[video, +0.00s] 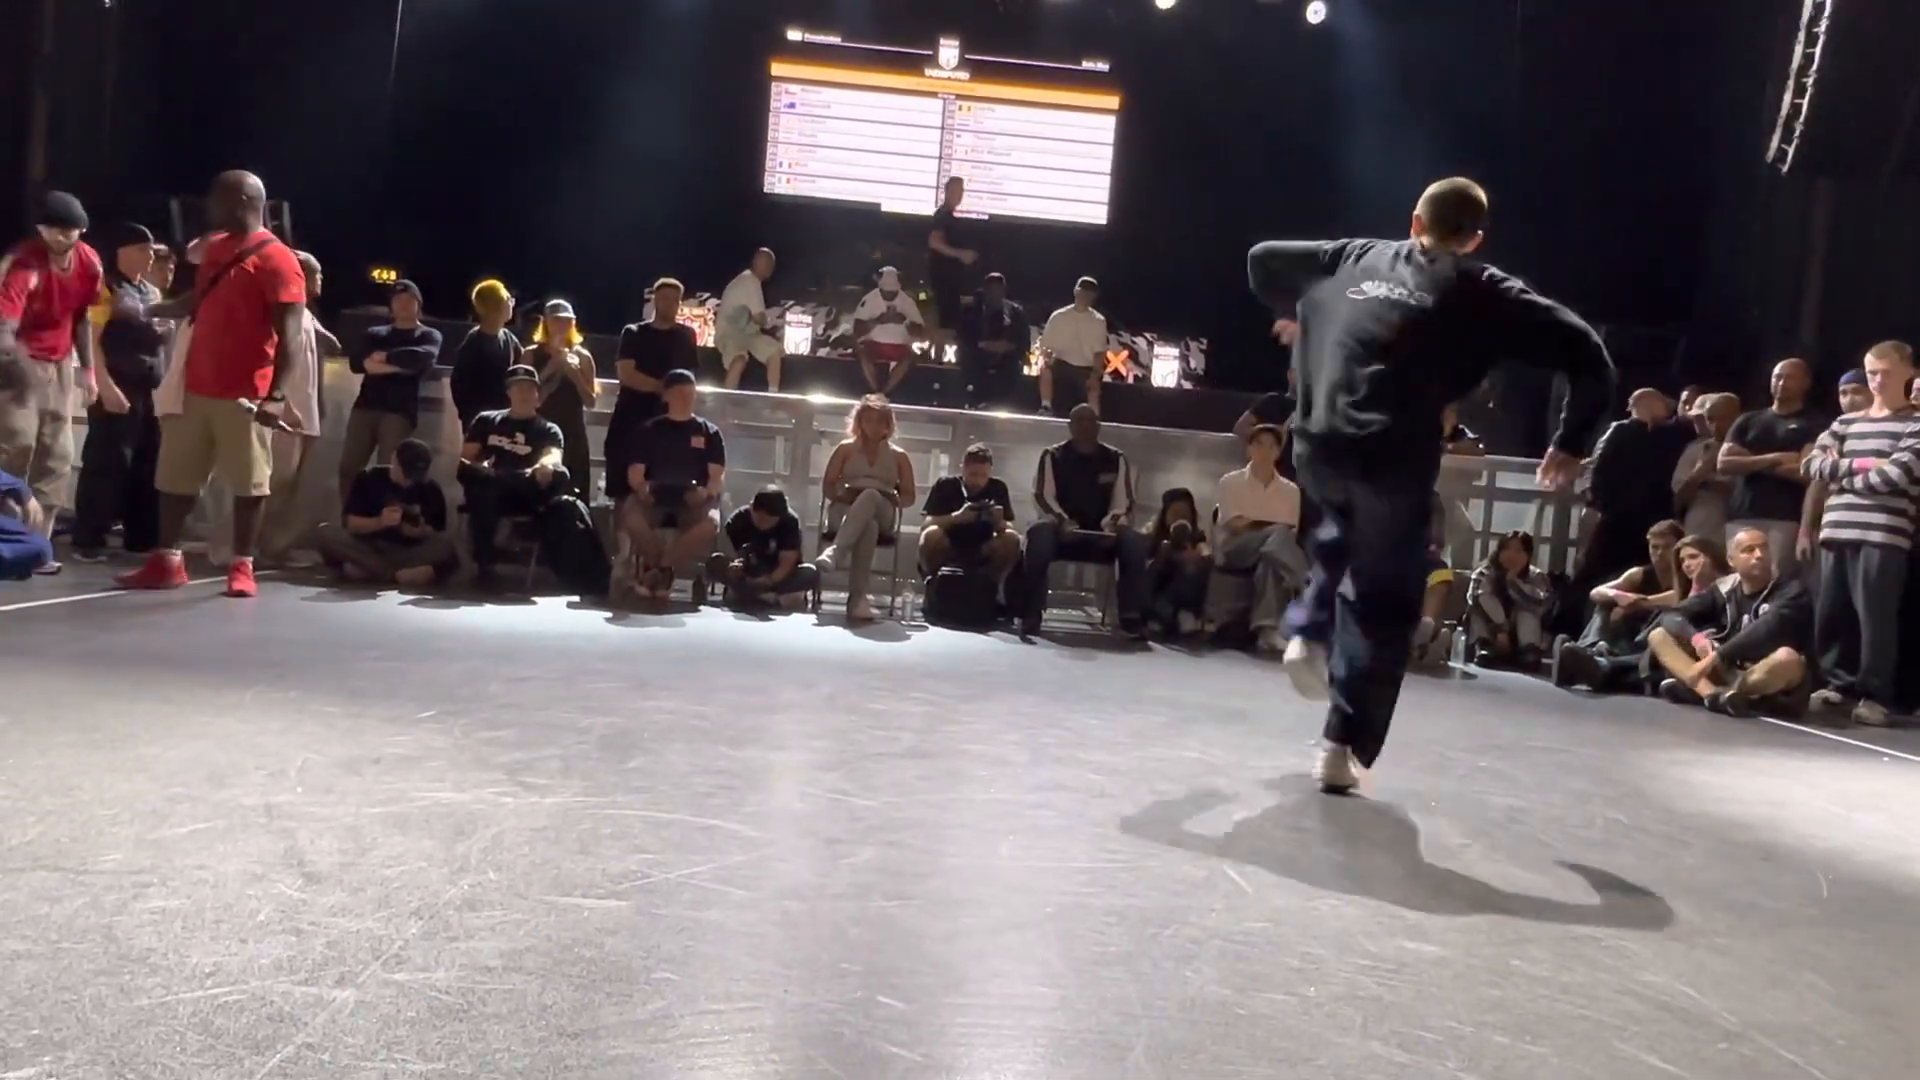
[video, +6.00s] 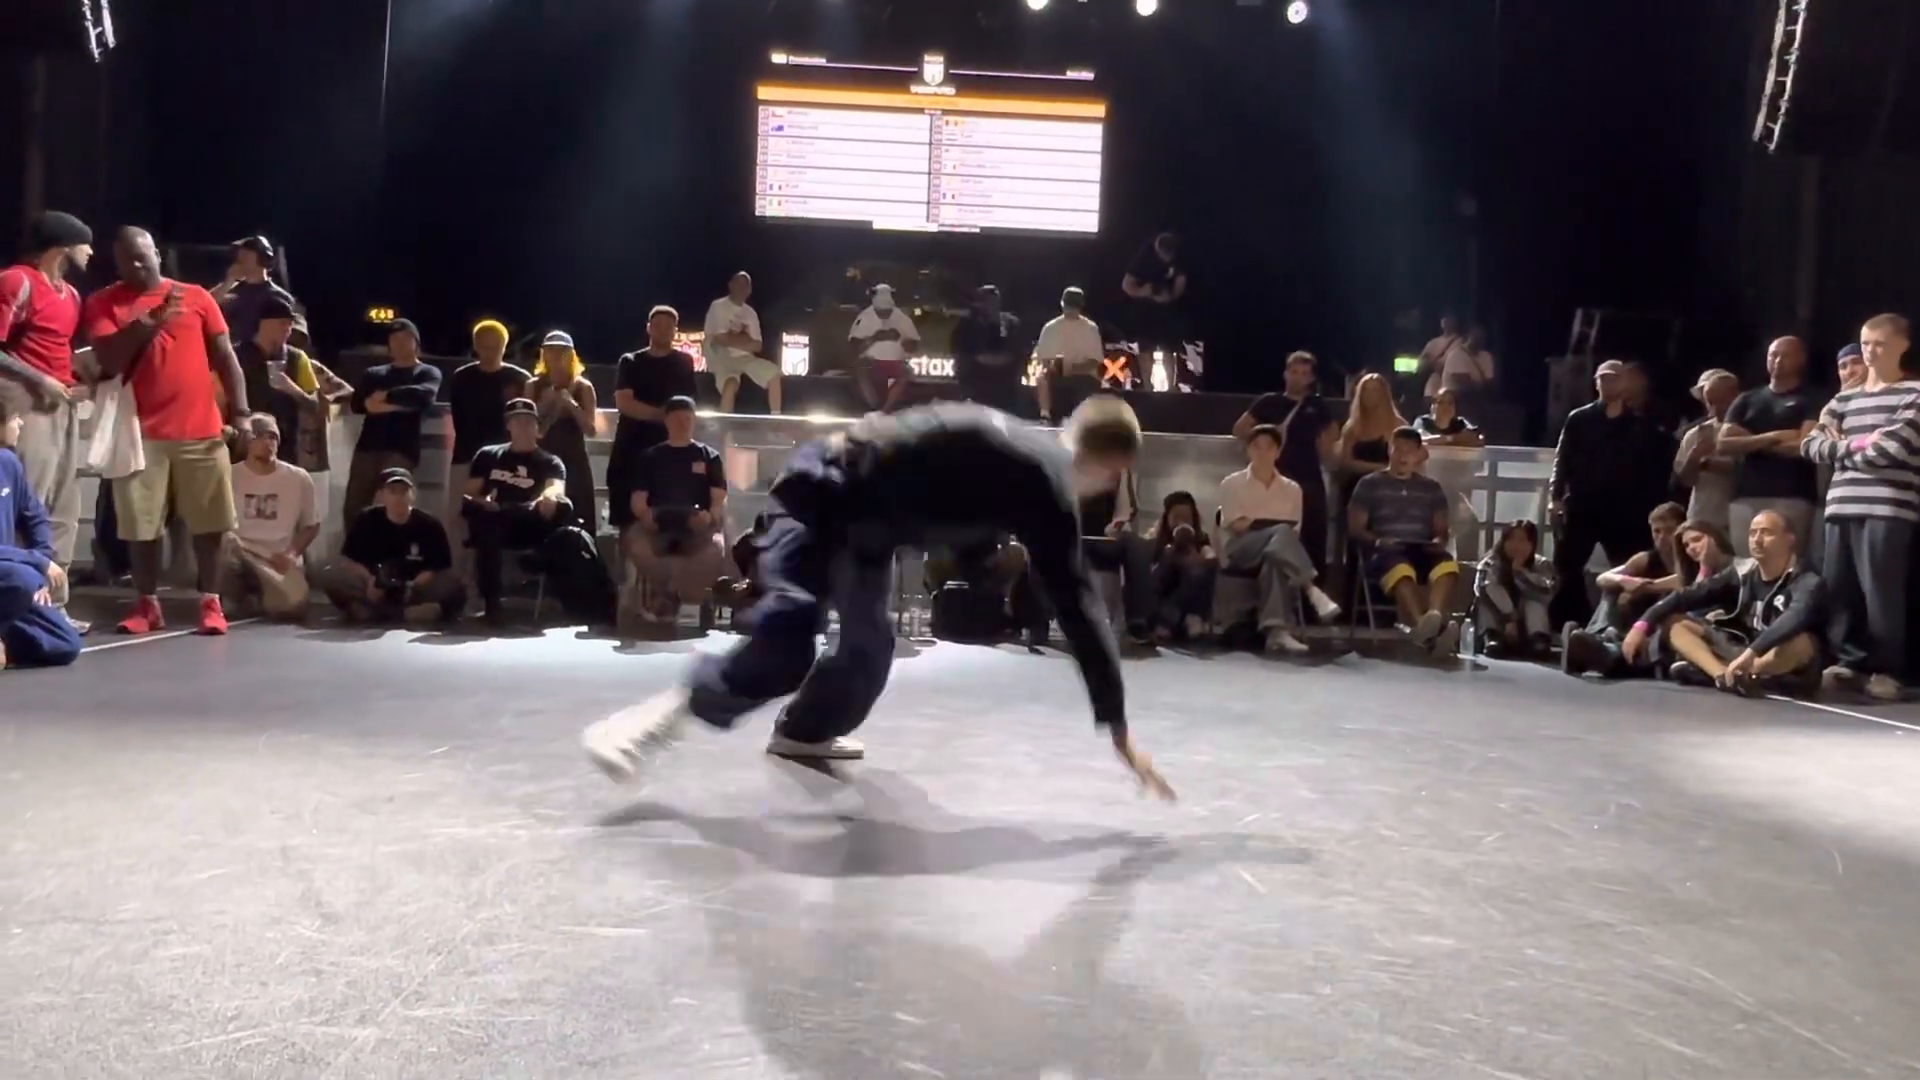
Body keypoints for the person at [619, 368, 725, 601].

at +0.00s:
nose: (686, 398)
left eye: (689, 392)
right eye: (679, 392)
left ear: (695, 395)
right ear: (666, 396)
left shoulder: (709, 432)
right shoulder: (648, 430)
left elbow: (716, 477)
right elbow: (635, 474)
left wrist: (705, 493)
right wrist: (645, 492)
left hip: (692, 491)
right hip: (655, 489)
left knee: (709, 524)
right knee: (631, 513)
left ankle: (657, 571)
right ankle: (661, 571)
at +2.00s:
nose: (680, 400)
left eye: (685, 394)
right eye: (675, 394)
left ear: (692, 397)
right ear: (665, 397)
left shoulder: (708, 437)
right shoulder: (647, 434)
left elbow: (715, 482)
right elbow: (633, 477)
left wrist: (704, 498)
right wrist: (644, 494)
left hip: (690, 499)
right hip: (654, 497)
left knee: (708, 530)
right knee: (630, 520)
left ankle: (659, 574)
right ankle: (662, 575)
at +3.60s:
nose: (655, 417)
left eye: (660, 411)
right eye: (650, 411)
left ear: (667, 415)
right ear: (639, 414)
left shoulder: (683, 451)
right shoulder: (622, 450)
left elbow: (692, 495)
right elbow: (610, 493)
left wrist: (682, 512)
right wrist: (622, 514)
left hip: (668, 513)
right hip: (632, 512)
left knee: (687, 543)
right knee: (607, 535)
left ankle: (644, 589)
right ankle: (639, 590)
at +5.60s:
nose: (678, 429)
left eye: (682, 423)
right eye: (672, 423)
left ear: (689, 426)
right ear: (662, 426)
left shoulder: (706, 462)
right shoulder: (645, 462)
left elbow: (715, 504)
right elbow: (633, 505)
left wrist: (704, 523)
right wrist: (642, 522)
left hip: (690, 523)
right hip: (655, 523)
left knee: (710, 555)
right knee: (630, 545)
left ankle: (663, 601)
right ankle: (661, 600)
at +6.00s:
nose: (682, 422)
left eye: (687, 417)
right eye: (677, 417)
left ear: (694, 421)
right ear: (666, 420)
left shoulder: (709, 456)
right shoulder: (649, 456)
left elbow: (718, 499)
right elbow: (637, 499)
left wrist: (708, 517)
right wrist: (648, 517)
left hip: (694, 519)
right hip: (659, 518)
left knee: (714, 550)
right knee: (637, 544)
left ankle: (670, 598)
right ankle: (665, 596)